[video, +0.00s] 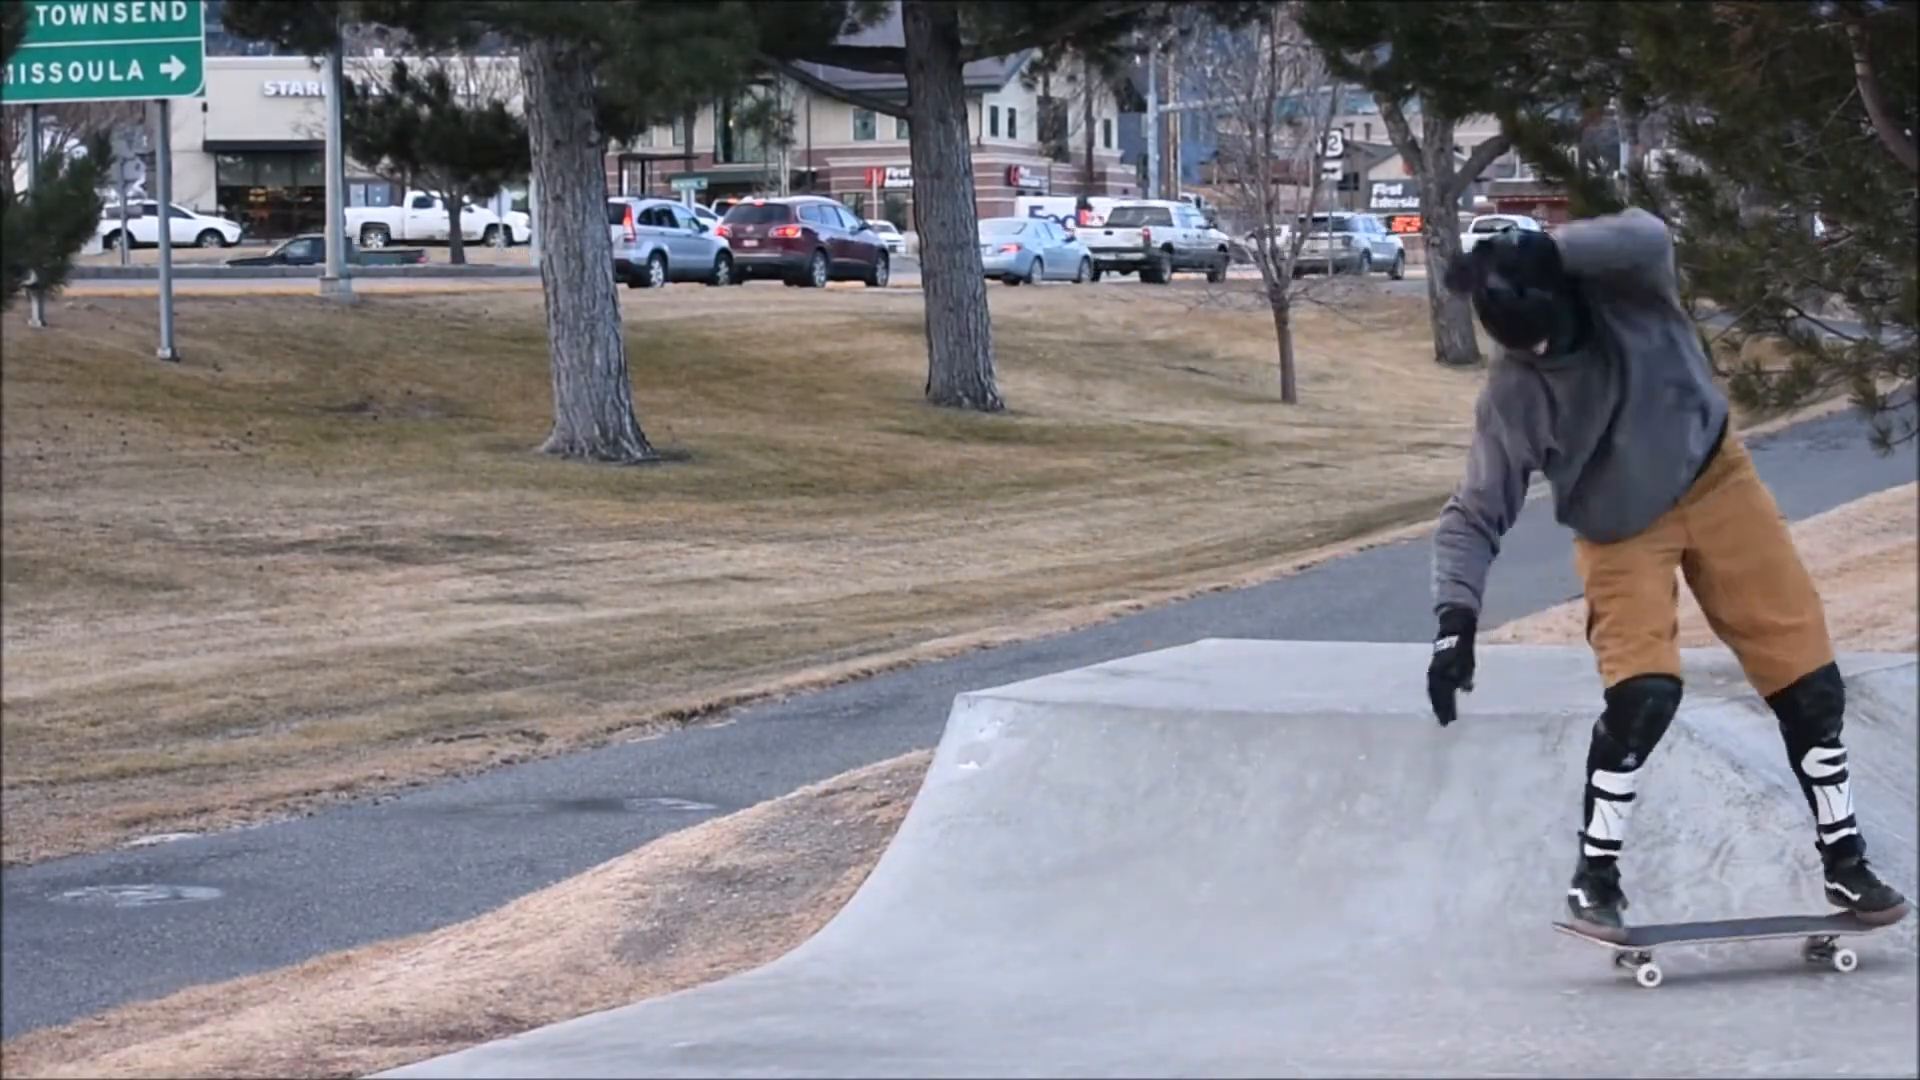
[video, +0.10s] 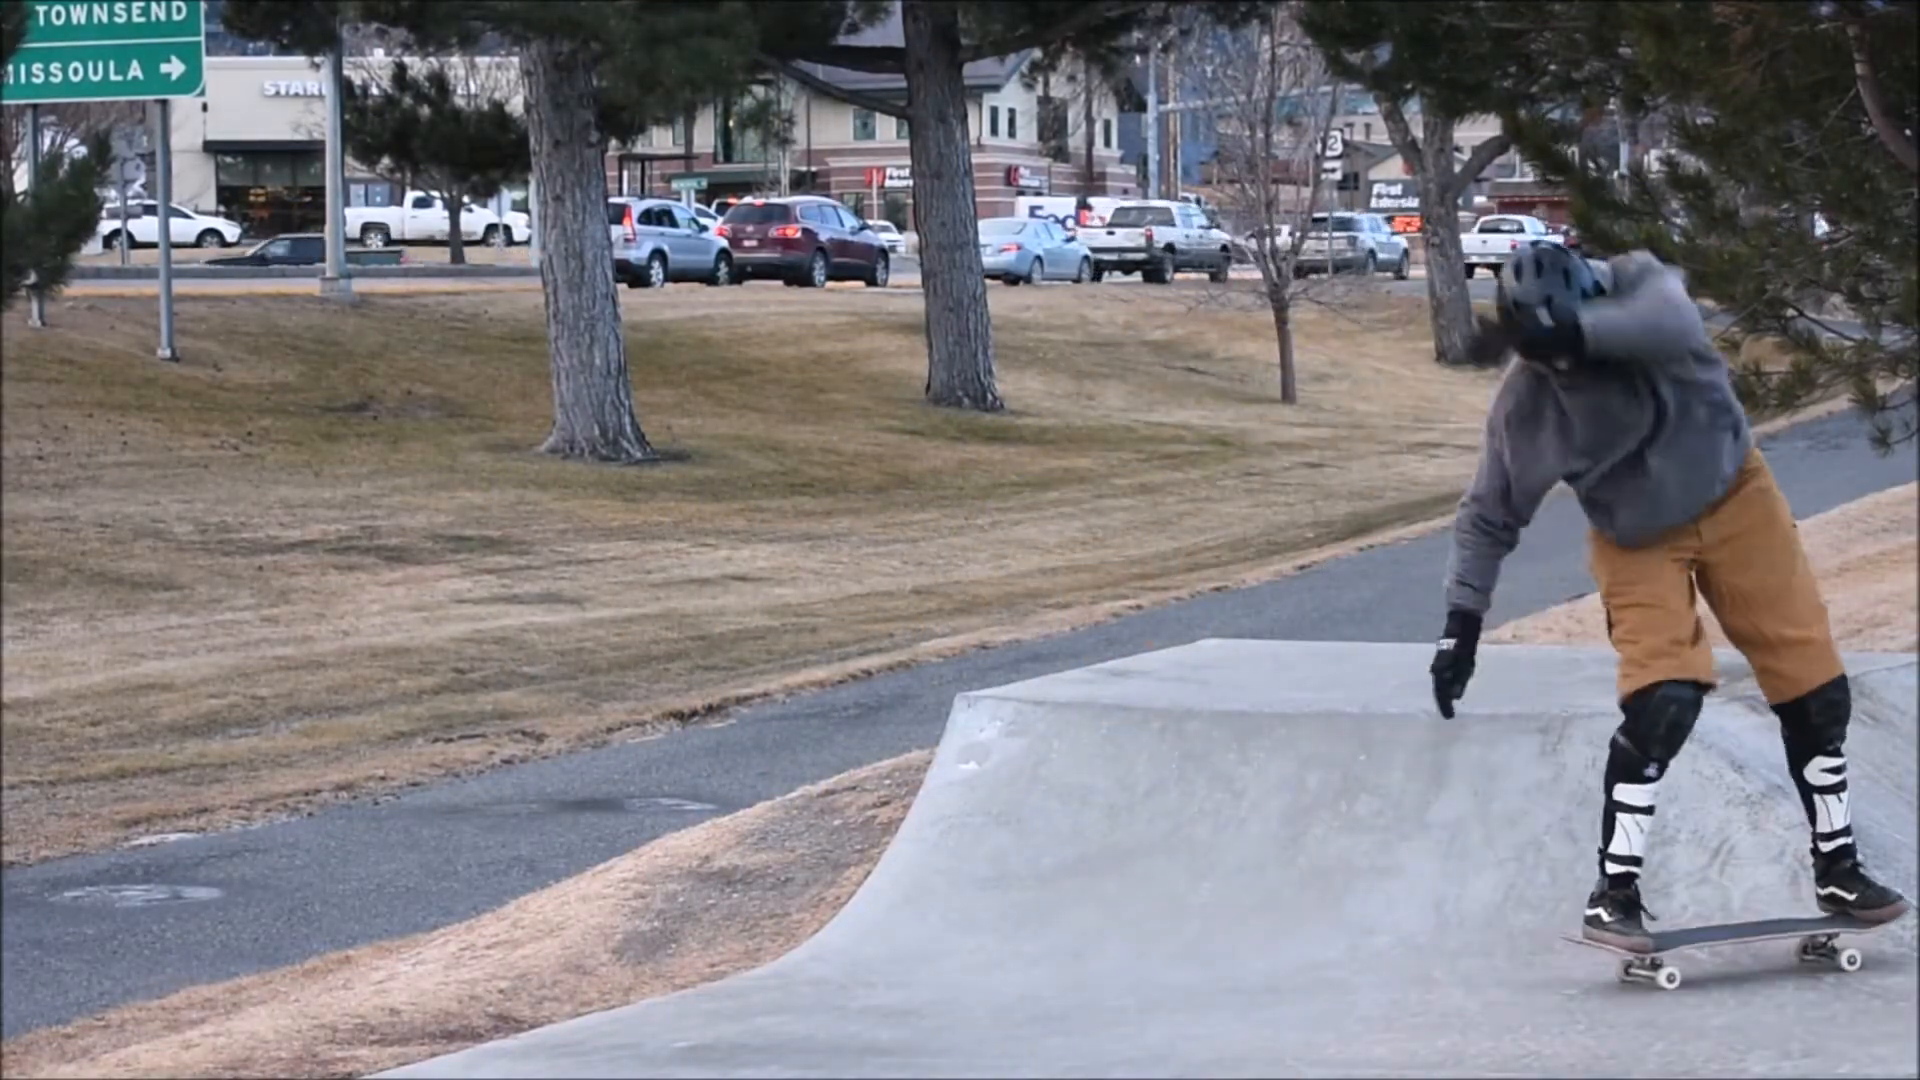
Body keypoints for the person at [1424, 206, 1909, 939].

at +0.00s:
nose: (1551, 350)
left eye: (1554, 332)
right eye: (1532, 345)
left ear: (1566, 295)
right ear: (1507, 341)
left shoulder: (1630, 292)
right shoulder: (1511, 398)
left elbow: (1648, 239)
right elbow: (1473, 518)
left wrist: (1546, 251)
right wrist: (1454, 623)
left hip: (1719, 484)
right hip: (1620, 532)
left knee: (1811, 687)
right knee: (1644, 696)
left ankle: (1845, 862)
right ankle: (1596, 874)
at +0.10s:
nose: (1565, 344)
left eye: (1576, 325)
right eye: (1545, 335)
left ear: (1594, 296)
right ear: (1524, 336)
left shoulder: (1644, 285)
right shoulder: (1525, 404)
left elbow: (1677, 325)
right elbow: (1486, 518)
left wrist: (1575, 332)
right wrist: (1461, 627)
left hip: (1737, 500)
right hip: (1635, 539)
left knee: (1818, 695)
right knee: (1666, 700)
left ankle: (1837, 864)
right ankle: (1616, 890)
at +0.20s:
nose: (1604, 390)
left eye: (1612, 372)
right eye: (1587, 384)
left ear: (1632, 329)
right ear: (1553, 364)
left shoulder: (1682, 320)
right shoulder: (1547, 405)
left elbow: (1719, 449)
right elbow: (1512, 513)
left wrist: (1638, 471)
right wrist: (1499, 617)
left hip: (1737, 493)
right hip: (1631, 523)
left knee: (1822, 689)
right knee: (1657, 698)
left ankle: (1832, 863)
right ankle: (1606, 891)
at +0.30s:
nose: (1634, 389)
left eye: (1645, 373)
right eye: (1617, 379)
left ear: (1671, 333)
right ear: (1588, 354)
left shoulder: (1724, 338)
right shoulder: (1576, 386)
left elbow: (1772, 474)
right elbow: (1535, 486)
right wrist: (1531, 584)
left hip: (1742, 523)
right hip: (1635, 535)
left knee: (1822, 697)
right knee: (1645, 702)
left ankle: (1823, 869)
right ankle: (1595, 891)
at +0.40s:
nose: (1676, 365)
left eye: (1688, 350)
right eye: (1660, 356)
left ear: (1713, 313)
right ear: (1629, 332)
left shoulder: (1763, 328)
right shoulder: (1600, 363)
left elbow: (1830, 439)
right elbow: (1546, 458)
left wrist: (1858, 555)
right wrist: (1541, 552)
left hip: (1751, 513)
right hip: (1641, 526)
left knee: (1823, 696)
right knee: (1644, 704)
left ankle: (1809, 871)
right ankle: (1581, 891)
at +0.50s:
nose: (1695, 341)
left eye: (1710, 328)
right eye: (1679, 329)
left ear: (1739, 292)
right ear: (1651, 301)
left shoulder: (1787, 305)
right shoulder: (1619, 338)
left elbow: (1864, 377)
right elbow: (1556, 436)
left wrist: (1906, 467)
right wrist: (1538, 531)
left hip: (1759, 507)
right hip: (1649, 516)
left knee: (1815, 693)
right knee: (1654, 693)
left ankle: (1805, 870)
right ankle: (1591, 880)